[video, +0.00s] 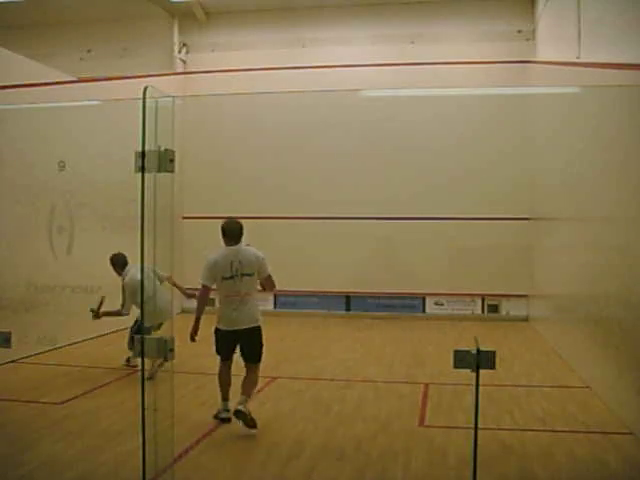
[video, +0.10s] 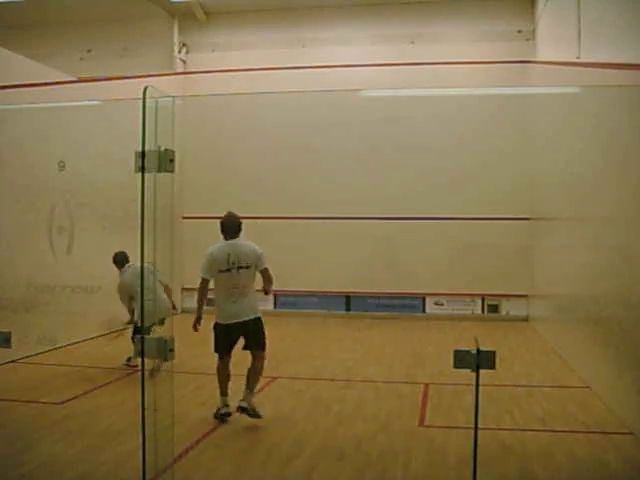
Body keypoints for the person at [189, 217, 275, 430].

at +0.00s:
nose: (225, 237)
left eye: (224, 233)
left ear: (222, 236)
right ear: (242, 235)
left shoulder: (215, 261)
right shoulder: (255, 257)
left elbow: (203, 295)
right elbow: (269, 286)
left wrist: (196, 323)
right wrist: (254, 284)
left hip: (225, 326)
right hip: (250, 325)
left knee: (225, 364)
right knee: (252, 368)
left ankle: (225, 407)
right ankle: (242, 404)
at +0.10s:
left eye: (223, 228)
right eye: (236, 227)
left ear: (222, 231)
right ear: (240, 230)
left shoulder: (214, 254)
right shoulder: (252, 250)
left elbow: (203, 286)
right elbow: (267, 277)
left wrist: (199, 314)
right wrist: (267, 289)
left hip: (225, 320)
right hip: (251, 317)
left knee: (223, 359)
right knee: (258, 357)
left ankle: (224, 403)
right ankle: (247, 399)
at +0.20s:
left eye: (226, 230)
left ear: (223, 233)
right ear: (241, 232)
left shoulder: (213, 255)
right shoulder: (254, 252)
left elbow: (204, 285)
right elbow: (267, 279)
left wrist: (203, 309)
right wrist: (268, 300)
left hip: (224, 316)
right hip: (251, 313)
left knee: (216, 348)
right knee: (263, 351)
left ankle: (216, 389)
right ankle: (265, 398)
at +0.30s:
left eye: (230, 243)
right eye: (241, 242)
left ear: (226, 245)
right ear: (244, 244)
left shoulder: (215, 266)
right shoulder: (255, 265)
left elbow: (205, 294)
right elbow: (266, 292)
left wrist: (206, 316)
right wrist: (271, 312)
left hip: (222, 324)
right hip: (249, 323)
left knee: (213, 356)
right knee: (270, 358)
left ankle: (198, 395)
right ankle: (285, 400)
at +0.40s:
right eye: (251, 260)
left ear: (234, 261)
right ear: (252, 262)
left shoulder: (220, 282)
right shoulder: (258, 284)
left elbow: (208, 310)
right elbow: (271, 315)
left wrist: (215, 330)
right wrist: (281, 334)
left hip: (223, 339)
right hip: (248, 339)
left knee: (213, 362)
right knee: (275, 359)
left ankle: (195, 398)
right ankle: (290, 400)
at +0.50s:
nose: (268, 263)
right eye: (267, 260)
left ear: (250, 262)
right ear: (267, 262)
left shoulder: (236, 281)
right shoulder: (272, 285)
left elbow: (223, 311)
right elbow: (282, 317)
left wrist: (236, 326)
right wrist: (292, 344)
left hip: (236, 340)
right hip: (261, 341)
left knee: (221, 364)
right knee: (285, 358)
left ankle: (198, 398)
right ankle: (292, 401)